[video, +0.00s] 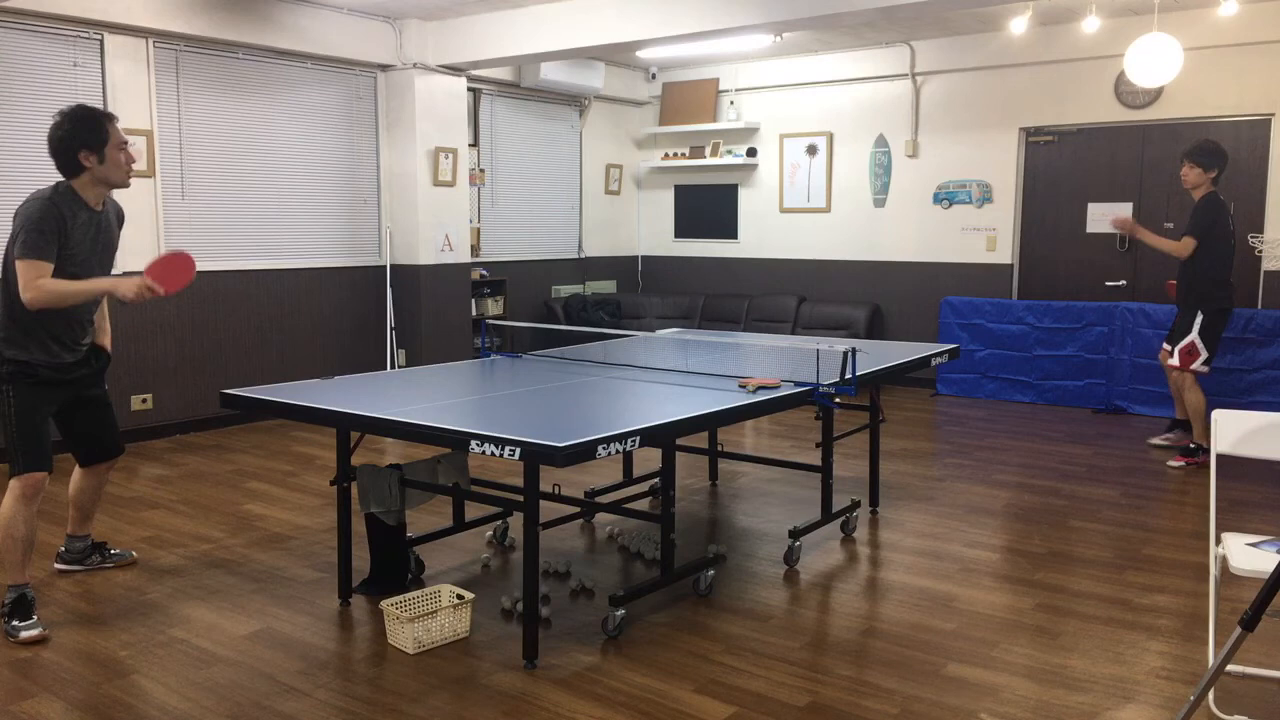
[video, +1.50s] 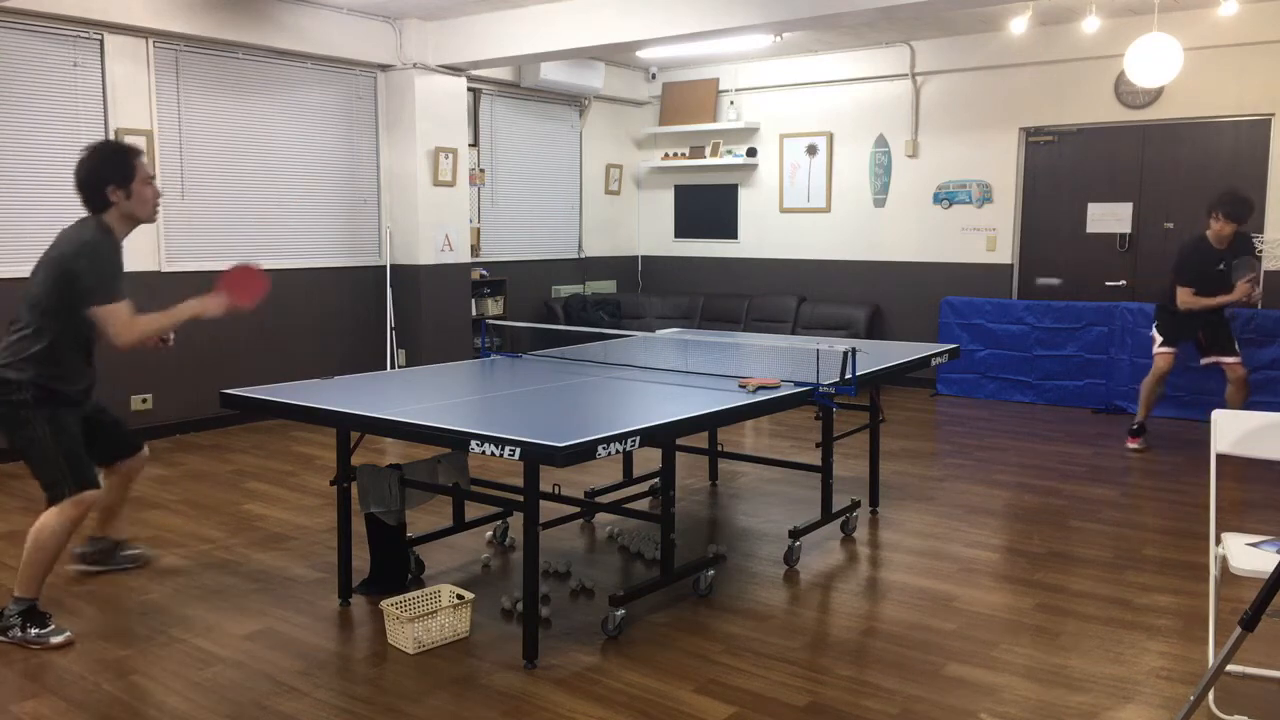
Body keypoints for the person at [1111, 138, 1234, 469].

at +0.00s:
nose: (1183, 172)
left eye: (1191, 167)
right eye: (1183, 166)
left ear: (1211, 173)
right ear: (1188, 170)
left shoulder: (1210, 205)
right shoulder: (1209, 204)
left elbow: (1184, 250)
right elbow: (1211, 258)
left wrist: (1137, 231)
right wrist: (1186, 287)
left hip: (1209, 303)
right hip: (1196, 300)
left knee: (1183, 371)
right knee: (1168, 357)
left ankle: (1202, 447)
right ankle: (1183, 427)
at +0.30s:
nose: (1182, 169)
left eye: (1191, 164)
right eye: (1181, 163)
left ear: (1209, 171)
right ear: (1180, 167)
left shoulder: (1209, 204)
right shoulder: (1188, 205)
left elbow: (1193, 254)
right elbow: (1161, 248)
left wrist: (1152, 275)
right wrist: (1129, 239)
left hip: (1209, 301)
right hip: (1191, 298)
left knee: (1191, 373)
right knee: (1178, 364)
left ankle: (1202, 446)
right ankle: (1177, 426)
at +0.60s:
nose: (1176, 178)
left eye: (1184, 173)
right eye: (1174, 172)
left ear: (1201, 180)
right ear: (1170, 176)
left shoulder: (1217, 215)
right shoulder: (1167, 219)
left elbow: (1231, 257)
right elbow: (1154, 266)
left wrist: (1186, 278)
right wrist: (1148, 253)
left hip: (1204, 305)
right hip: (1172, 301)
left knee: (1191, 373)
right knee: (1152, 366)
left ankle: (1201, 445)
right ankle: (1155, 423)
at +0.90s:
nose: (1173, 185)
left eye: (1180, 180)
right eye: (1170, 179)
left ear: (1197, 185)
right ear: (1165, 183)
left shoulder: (1214, 217)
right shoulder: (1155, 219)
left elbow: (1237, 249)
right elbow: (1144, 248)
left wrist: (1214, 272)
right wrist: (1151, 269)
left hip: (1204, 301)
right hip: (1166, 300)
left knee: (1215, 364)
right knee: (1156, 365)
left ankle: (1223, 427)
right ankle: (1154, 423)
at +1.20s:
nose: (1203, 207)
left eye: (1210, 201)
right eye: (1198, 200)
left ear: (1223, 206)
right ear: (1192, 203)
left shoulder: (1237, 234)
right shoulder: (1177, 236)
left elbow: (1249, 262)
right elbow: (1150, 268)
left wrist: (1232, 285)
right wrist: (1173, 291)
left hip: (1219, 312)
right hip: (1179, 311)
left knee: (1238, 373)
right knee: (1165, 371)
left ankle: (1234, 428)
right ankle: (1155, 423)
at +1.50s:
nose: (1219, 226)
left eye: (1227, 222)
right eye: (1217, 219)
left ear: (1238, 226)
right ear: (1210, 218)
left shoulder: (1241, 245)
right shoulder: (1191, 248)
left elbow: (1247, 276)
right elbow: (1183, 302)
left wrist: (1248, 289)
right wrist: (1232, 297)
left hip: (1213, 313)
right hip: (1176, 313)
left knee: (1238, 375)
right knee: (1162, 365)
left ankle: (1231, 432)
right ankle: (1138, 425)